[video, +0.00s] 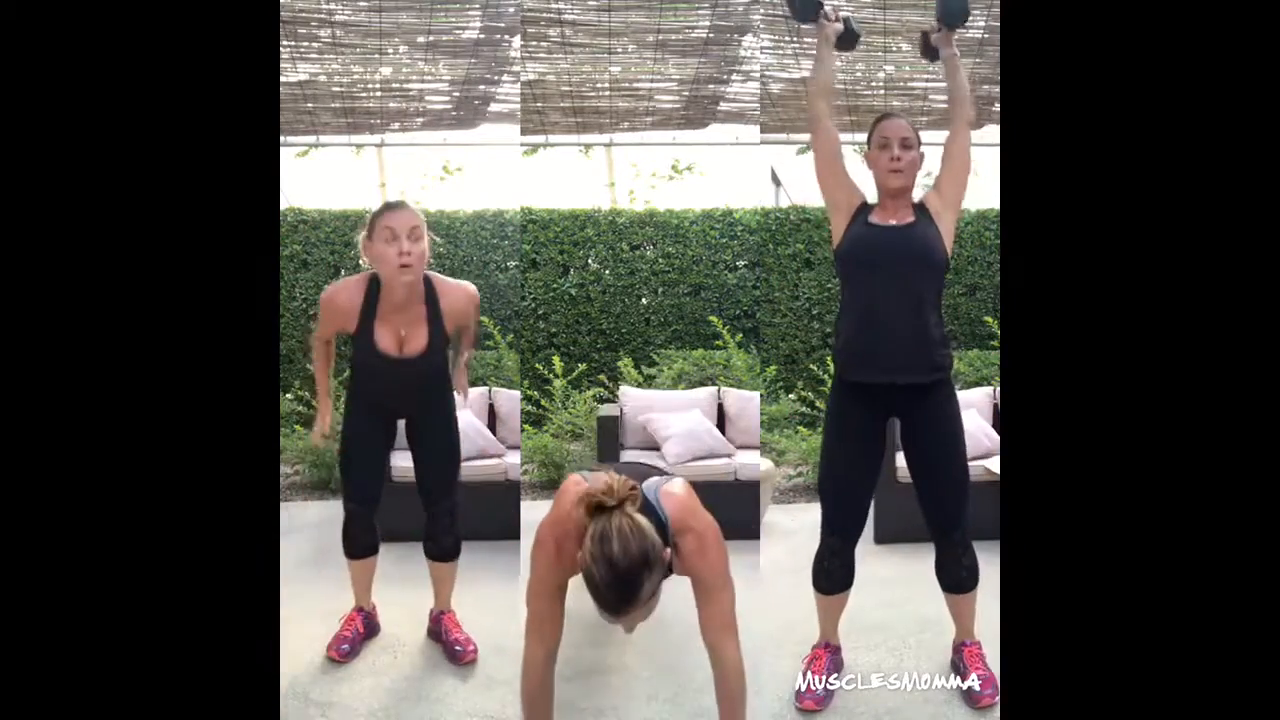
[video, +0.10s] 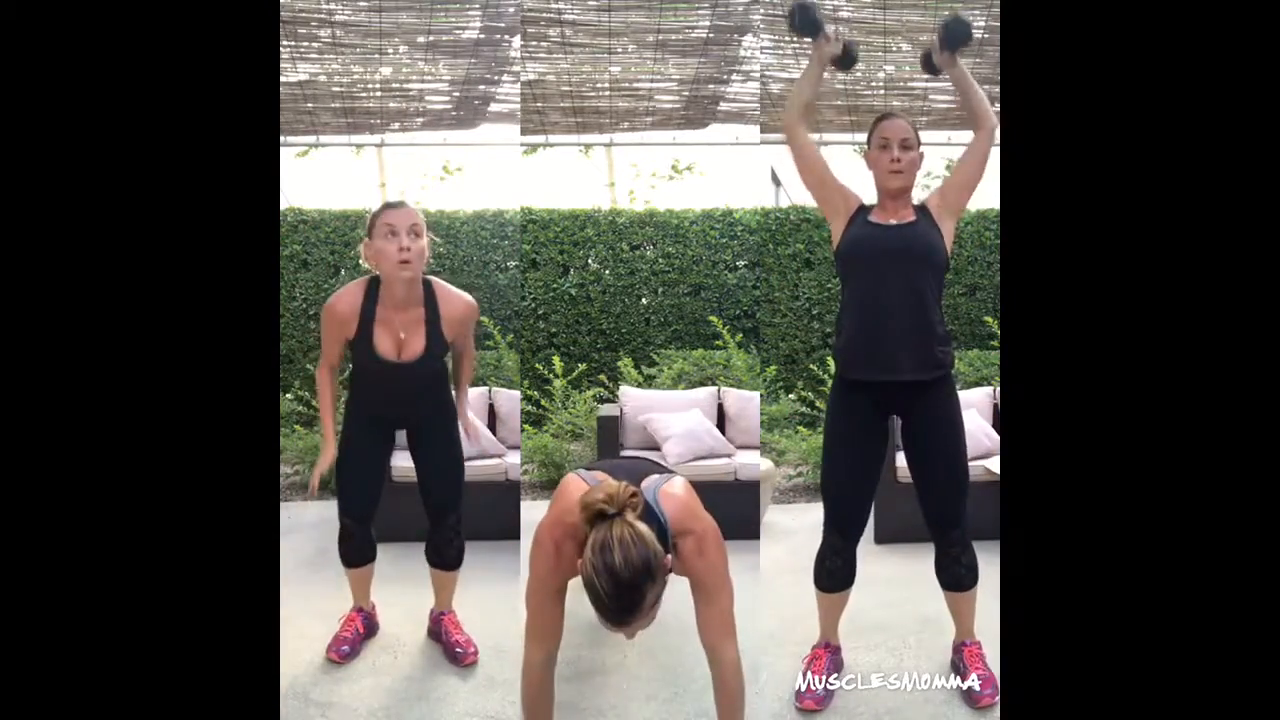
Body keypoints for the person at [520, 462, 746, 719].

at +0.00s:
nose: (628, 630)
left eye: (644, 615)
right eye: (613, 620)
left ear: (666, 559)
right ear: (582, 558)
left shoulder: (696, 529)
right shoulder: (558, 529)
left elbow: (724, 647)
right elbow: (539, 652)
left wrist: (733, 715)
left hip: (665, 484)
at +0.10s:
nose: (630, 636)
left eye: (645, 623)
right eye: (616, 629)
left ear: (666, 568)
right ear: (582, 567)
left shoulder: (695, 528)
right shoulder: (557, 530)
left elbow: (723, 651)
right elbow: (539, 655)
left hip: (664, 481)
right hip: (585, 481)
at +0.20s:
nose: (634, 639)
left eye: (648, 629)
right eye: (620, 634)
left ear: (668, 567)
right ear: (584, 569)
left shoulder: (696, 530)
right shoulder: (557, 532)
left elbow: (723, 649)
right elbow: (539, 655)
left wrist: (732, 716)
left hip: (664, 479)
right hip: (587, 480)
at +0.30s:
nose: (637, 638)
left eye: (650, 628)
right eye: (624, 633)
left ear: (670, 566)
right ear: (587, 569)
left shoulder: (696, 529)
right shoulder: (557, 532)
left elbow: (724, 650)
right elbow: (539, 655)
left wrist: (732, 716)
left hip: (664, 479)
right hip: (587, 480)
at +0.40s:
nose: (638, 633)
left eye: (651, 621)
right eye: (624, 628)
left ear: (669, 563)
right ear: (587, 564)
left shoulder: (697, 529)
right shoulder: (557, 533)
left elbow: (725, 654)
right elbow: (539, 657)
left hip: (663, 482)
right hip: (585, 482)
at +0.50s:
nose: (637, 636)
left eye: (651, 626)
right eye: (625, 631)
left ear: (671, 565)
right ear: (589, 566)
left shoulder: (700, 530)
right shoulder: (558, 534)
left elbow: (728, 651)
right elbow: (538, 656)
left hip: (665, 483)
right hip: (588, 482)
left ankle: (673, 562)